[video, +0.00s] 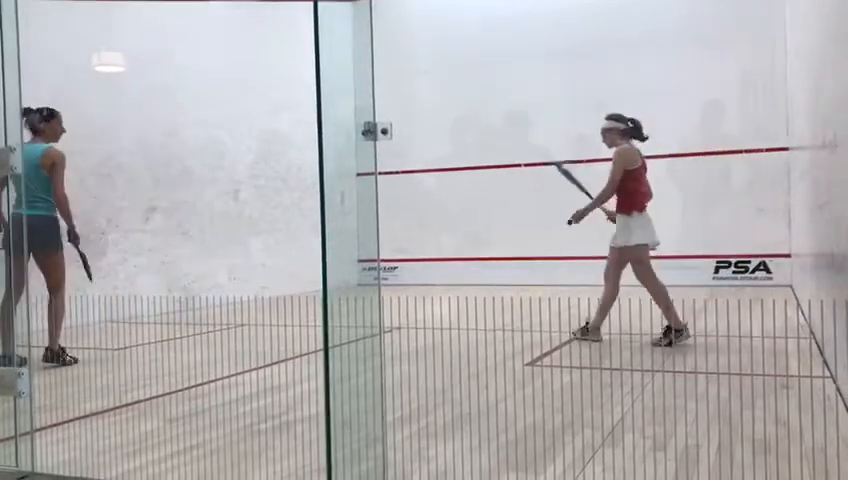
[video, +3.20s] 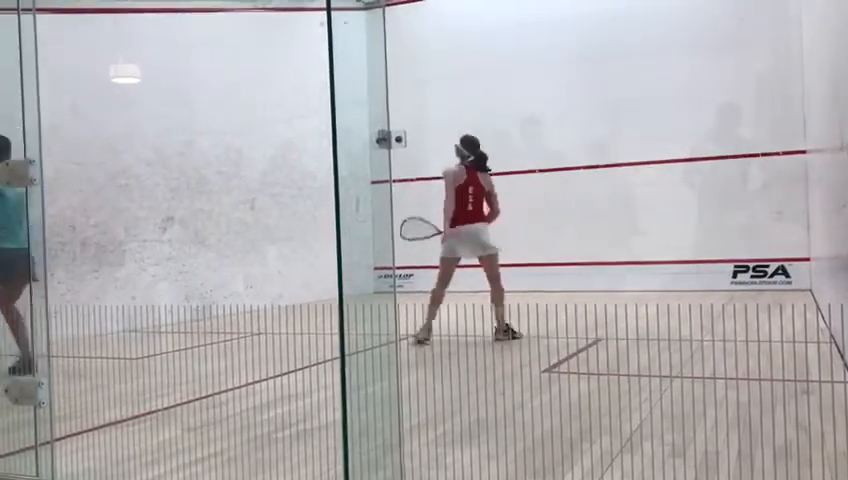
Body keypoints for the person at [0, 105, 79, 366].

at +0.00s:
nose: (63, 129)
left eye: (62, 123)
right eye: (59, 123)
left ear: (38, 126)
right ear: (44, 124)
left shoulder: (16, 152)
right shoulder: (54, 154)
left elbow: (3, 186)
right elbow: (59, 195)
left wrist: (4, 221)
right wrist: (71, 226)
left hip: (14, 225)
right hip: (43, 225)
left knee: (13, 289)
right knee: (56, 289)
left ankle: (5, 348)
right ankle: (54, 348)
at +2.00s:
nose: (95, 132)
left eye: (94, 127)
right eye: (91, 127)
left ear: (73, 130)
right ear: (78, 129)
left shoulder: (48, 157)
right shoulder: (89, 161)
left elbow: (30, 194)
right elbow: (92, 205)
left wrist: (38, 223)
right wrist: (104, 242)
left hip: (48, 231)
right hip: (78, 231)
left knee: (44, 298)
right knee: (75, 300)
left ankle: (34, 359)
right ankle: (73, 361)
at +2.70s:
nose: (64, 135)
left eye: (62, 130)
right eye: (60, 130)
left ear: (39, 135)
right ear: (49, 134)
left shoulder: (17, 164)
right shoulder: (64, 166)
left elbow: (4, 202)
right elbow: (80, 208)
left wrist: (3, 237)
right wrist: (91, 236)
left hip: (23, 238)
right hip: (56, 237)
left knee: (17, 302)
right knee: (67, 304)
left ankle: (9, 365)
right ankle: (77, 363)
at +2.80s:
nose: (53, 138)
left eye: (51, 133)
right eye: (50, 134)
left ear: (25, 136)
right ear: (44, 137)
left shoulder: (8, 165)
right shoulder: (54, 168)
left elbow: (2, 195)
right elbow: (69, 208)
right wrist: (76, 235)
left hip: (11, 238)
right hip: (43, 237)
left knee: (8, 307)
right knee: (58, 301)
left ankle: (8, 366)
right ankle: (75, 357)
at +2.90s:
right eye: (37, 138)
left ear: (12, 139)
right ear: (37, 139)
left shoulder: (3, 165)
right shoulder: (44, 169)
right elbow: (59, 209)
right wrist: (58, 227)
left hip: (6, 240)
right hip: (33, 239)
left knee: (4, 306)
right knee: (42, 295)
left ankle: (7, 363)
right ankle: (62, 343)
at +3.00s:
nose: (27, 144)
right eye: (29, 139)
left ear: (5, 140)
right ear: (29, 140)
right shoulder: (37, 170)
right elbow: (50, 211)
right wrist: (29, 217)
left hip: (5, 238)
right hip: (29, 238)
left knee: (2, 301)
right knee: (26, 295)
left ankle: (4, 361)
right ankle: (40, 352)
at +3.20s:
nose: (2, 162)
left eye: (1, 157)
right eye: (4, 157)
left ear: (3, 155)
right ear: (8, 155)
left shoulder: (12, 183)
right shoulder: (20, 183)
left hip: (13, 250)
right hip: (19, 250)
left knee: (7, 303)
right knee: (7, 304)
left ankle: (27, 356)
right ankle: (26, 355)